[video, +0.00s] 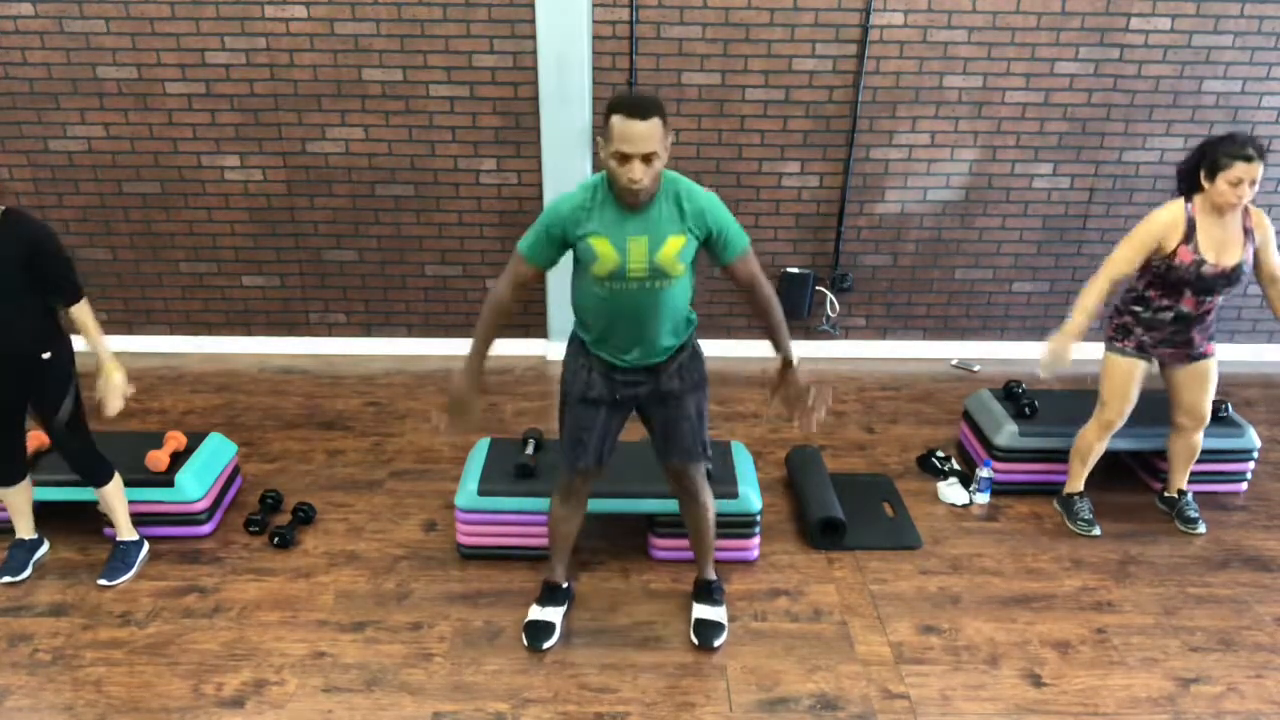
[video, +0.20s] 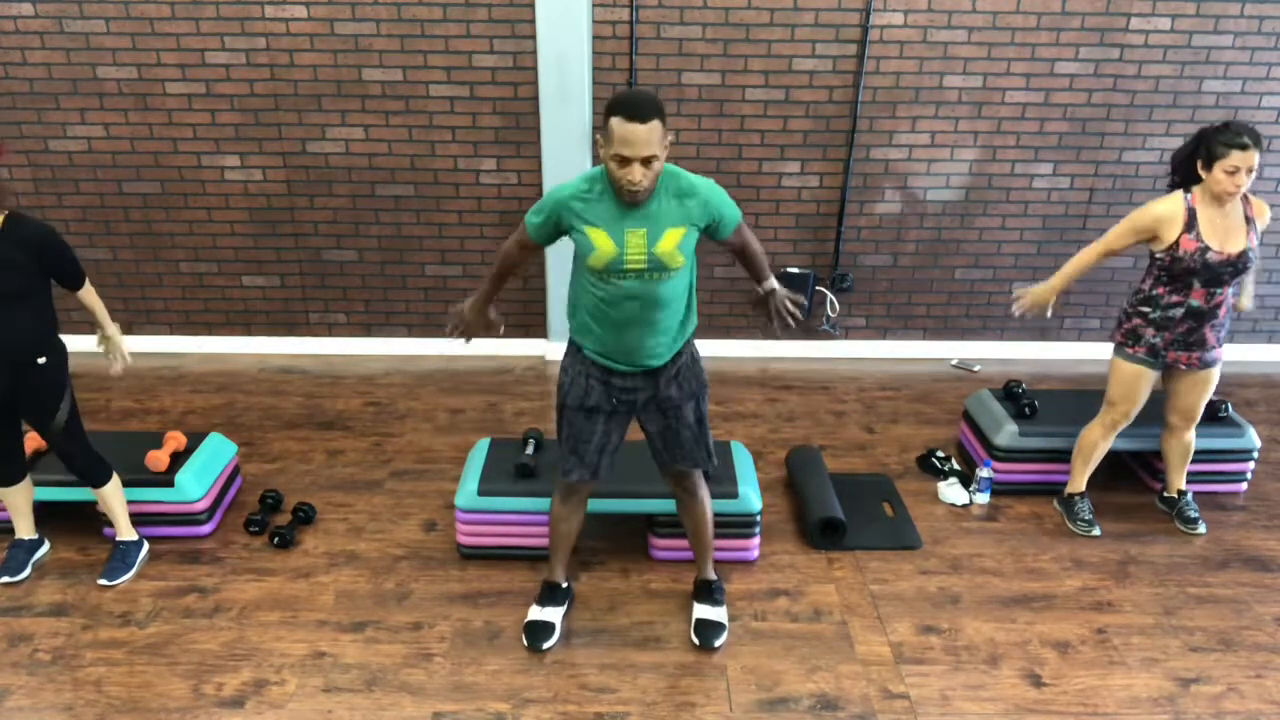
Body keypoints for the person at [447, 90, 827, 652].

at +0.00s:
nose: (636, 173)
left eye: (648, 158)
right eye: (623, 159)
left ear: (666, 150)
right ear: (604, 151)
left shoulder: (696, 205)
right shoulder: (571, 210)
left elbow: (751, 278)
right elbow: (511, 283)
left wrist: (788, 357)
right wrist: (471, 368)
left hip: (672, 364)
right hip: (594, 363)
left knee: (689, 477)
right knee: (575, 477)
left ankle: (708, 583)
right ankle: (556, 584)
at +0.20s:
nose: (636, 175)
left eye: (648, 161)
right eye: (623, 160)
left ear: (666, 148)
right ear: (601, 148)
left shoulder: (700, 197)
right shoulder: (569, 202)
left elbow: (741, 240)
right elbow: (518, 248)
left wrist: (769, 284)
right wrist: (481, 300)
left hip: (670, 369)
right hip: (591, 368)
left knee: (687, 477)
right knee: (573, 481)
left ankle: (707, 583)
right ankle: (554, 587)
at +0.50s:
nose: (629, 181)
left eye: (642, 167)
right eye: (616, 167)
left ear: (662, 151)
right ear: (596, 153)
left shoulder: (697, 201)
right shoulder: (564, 205)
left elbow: (732, 264)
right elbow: (518, 274)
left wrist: (753, 322)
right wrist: (486, 340)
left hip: (666, 369)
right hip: (587, 366)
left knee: (687, 478)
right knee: (569, 481)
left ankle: (708, 584)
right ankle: (555, 586)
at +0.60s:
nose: (627, 196)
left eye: (640, 182)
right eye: (614, 181)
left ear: (660, 164)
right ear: (595, 165)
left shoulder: (697, 215)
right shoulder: (564, 219)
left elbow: (722, 299)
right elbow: (533, 295)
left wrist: (735, 369)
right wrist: (516, 356)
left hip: (665, 363)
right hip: (587, 361)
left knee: (686, 477)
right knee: (566, 479)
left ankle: (708, 582)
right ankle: (553, 586)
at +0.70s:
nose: (627, 239)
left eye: (639, 226)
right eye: (615, 225)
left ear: (658, 204)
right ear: (597, 203)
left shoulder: (690, 249)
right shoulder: (565, 255)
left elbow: (714, 351)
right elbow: (542, 350)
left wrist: (713, 452)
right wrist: (534, 452)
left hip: (665, 367)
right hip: (587, 367)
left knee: (687, 479)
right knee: (560, 481)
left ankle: (707, 581)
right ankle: (553, 585)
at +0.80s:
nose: (628, 303)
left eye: (640, 290)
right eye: (616, 289)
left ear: (658, 268)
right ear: (599, 269)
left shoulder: (688, 299)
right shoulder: (568, 307)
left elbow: (707, 400)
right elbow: (551, 402)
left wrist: (693, 484)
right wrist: (557, 479)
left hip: (661, 394)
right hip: (593, 394)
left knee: (687, 487)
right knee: (559, 494)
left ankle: (707, 583)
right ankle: (554, 586)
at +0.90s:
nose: (628, 360)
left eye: (640, 345)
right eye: (616, 345)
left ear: (656, 325)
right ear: (599, 327)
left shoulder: (685, 347)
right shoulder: (571, 356)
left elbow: (704, 444)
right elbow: (557, 452)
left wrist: (694, 495)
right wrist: (566, 489)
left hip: (661, 422)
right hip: (595, 421)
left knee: (696, 506)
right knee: (558, 506)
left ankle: (708, 586)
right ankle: (553, 590)